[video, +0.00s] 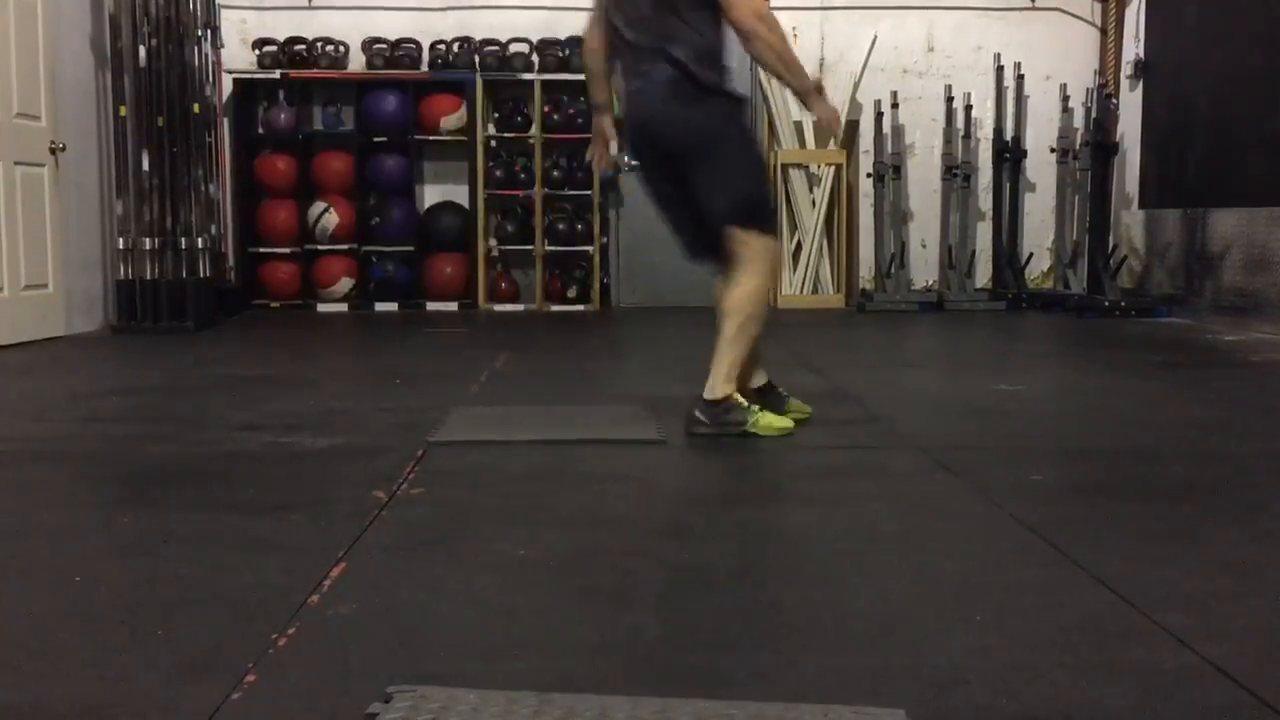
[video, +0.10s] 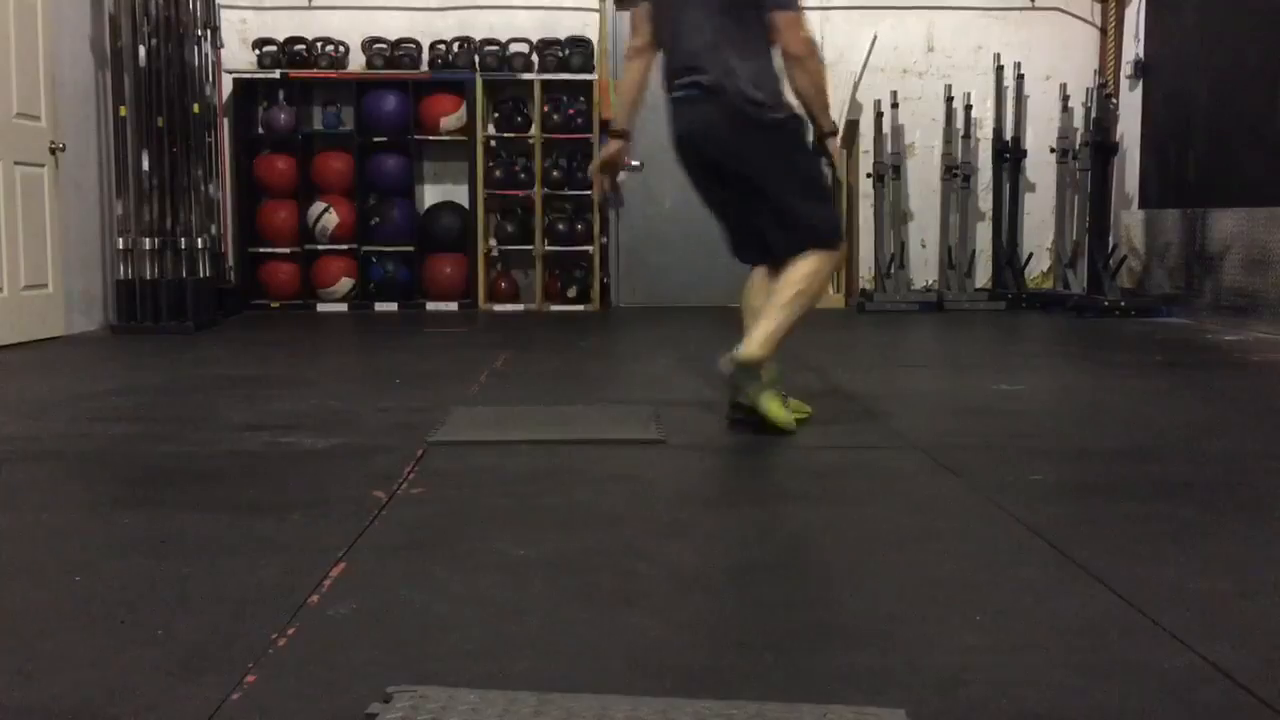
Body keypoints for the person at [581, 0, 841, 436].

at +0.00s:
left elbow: (594, 41)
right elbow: (750, 23)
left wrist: (601, 112)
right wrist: (810, 92)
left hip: (645, 121)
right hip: (700, 112)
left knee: (735, 258)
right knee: (757, 251)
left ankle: (753, 386)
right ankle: (718, 399)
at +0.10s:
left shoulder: (654, 3)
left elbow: (640, 47)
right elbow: (795, 46)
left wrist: (619, 134)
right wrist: (826, 128)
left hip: (692, 122)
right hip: (752, 115)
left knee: (767, 255)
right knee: (823, 244)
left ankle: (757, 387)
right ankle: (749, 357)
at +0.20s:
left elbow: (667, 28)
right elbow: (835, 26)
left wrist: (657, 117)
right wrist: (817, 88)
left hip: (728, 105)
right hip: (798, 102)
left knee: (770, 242)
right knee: (863, 220)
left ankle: (753, 384)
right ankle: (818, 331)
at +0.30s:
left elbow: (698, 11)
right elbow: (875, 7)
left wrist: (696, 103)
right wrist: (835, 51)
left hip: (764, 88)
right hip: (838, 83)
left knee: (766, 242)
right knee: (885, 221)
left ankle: (753, 378)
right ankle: (898, 346)